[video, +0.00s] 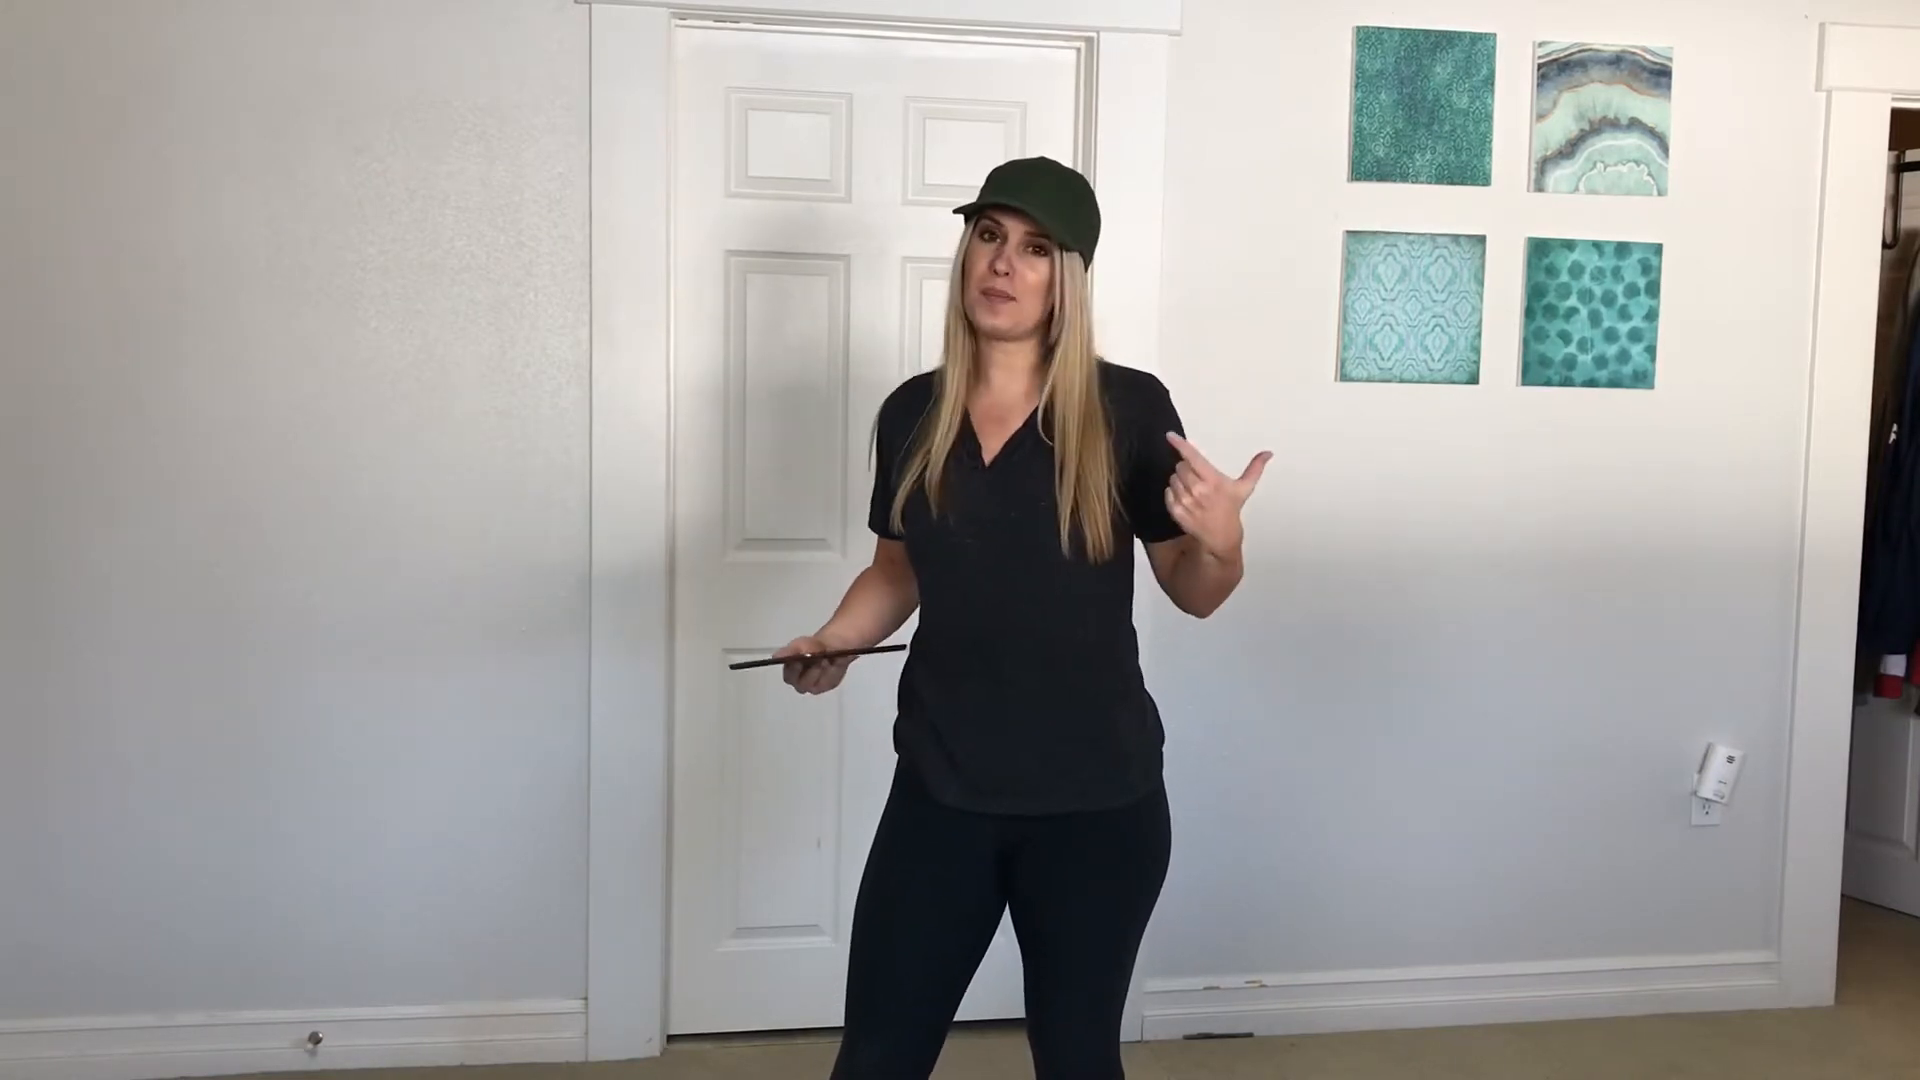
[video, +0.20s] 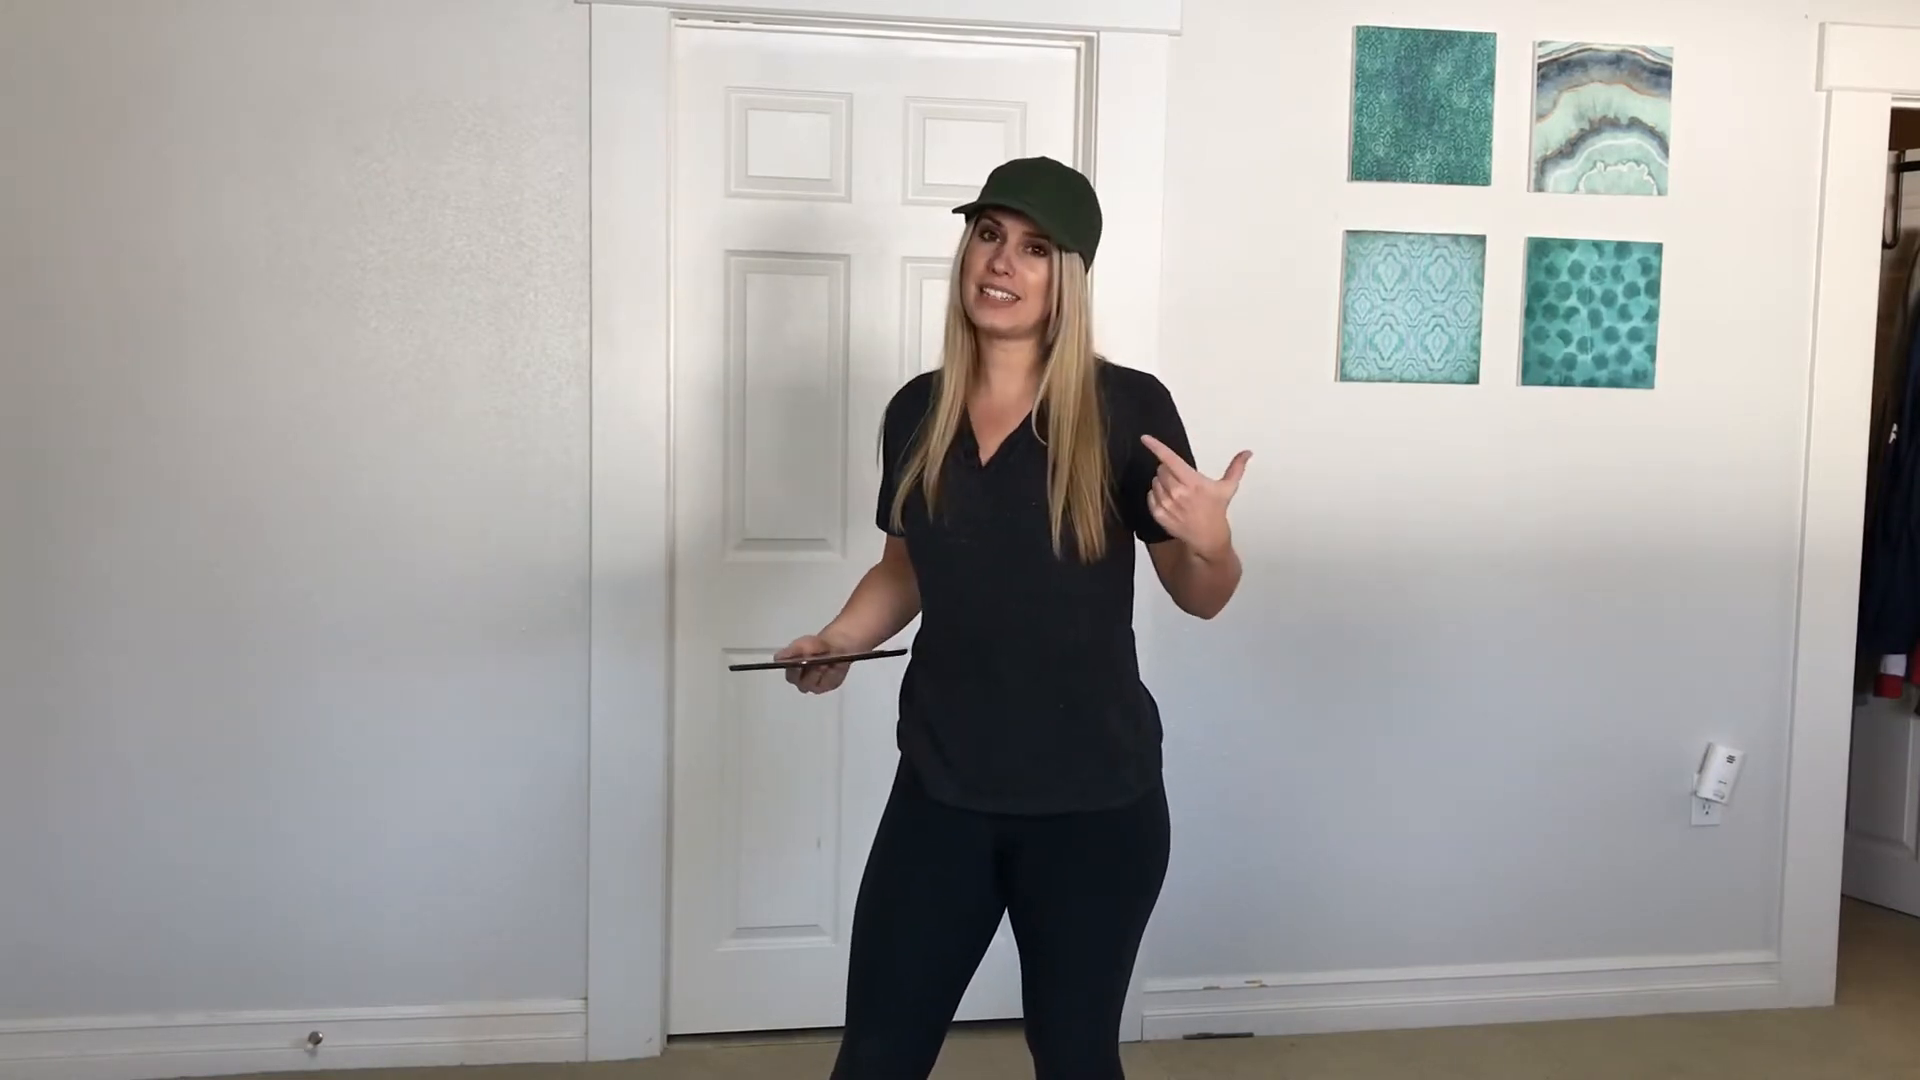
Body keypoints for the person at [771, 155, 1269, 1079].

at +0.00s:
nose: (1000, 263)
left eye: (1031, 247)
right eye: (987, 238)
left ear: (1068, 276)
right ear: (963, 254)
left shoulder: (1127, 407)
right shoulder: (914, 414)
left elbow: (1192, 591)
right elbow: (899, 567)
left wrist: (1220, 546)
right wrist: (835, 641)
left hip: (1093, 801)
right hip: (941, 797)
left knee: (1077, 1057)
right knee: (875, 1059)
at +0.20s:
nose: (1000, 263)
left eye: (1032, 249)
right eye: (987, 237)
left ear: (1070, 277)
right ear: (964, 252)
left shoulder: (1126, 406)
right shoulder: (919, 412)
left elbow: (1200, 595)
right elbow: (908, 563)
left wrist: (1208, 543)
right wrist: (841, 636)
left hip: (1092, 797)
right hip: (941, 793)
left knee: (1075, 1056)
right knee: (877, 1056)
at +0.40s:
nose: (1024, 252)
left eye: (1051, 236)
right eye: (1004, 228)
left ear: (1077, 269)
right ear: (970, 250)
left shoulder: (1123, 405)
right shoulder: (923, 404)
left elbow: (1271, 534)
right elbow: (908, 552)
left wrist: (1208, 428)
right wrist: (848, 631)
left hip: (1086, 799)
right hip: (937, 793)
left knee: (1072, 1059)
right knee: (874, 1058)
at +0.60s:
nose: (1034, 256)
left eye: (1059, 236)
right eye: (1012, 233)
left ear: (1090, 263)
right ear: (983, 257)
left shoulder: (1125, 402)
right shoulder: (941, 401)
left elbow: (1205, 413)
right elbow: (923, 546)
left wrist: (1156, 350)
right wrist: (854, 619)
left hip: (1082, 797)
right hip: (932, 789)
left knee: (1069, 1056)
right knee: (868, 1056)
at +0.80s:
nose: (1027, 262)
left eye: (1055, 242)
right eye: (1008, 237)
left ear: (1088, 266)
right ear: (981, 255)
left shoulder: (1129, 395)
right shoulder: (942, 404)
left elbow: (1205, 454)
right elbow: (932, 551)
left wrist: (1096, 387)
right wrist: (866, 620)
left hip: (1083, 800)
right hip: (937, 792)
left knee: (1070, 1053)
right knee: (871, 1054)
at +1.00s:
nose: (1032, 259)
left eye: (1060, 241)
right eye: (1012, 235)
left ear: (1092, 267)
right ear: (983, 256)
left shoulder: (1133, 396)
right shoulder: (943, 402)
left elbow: (1213, 474)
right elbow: (935, 546)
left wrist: (1127, 430)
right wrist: (869, 613)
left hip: (1083, 799)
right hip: (936, 791)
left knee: (1069, 1053)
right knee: (873, 1055)